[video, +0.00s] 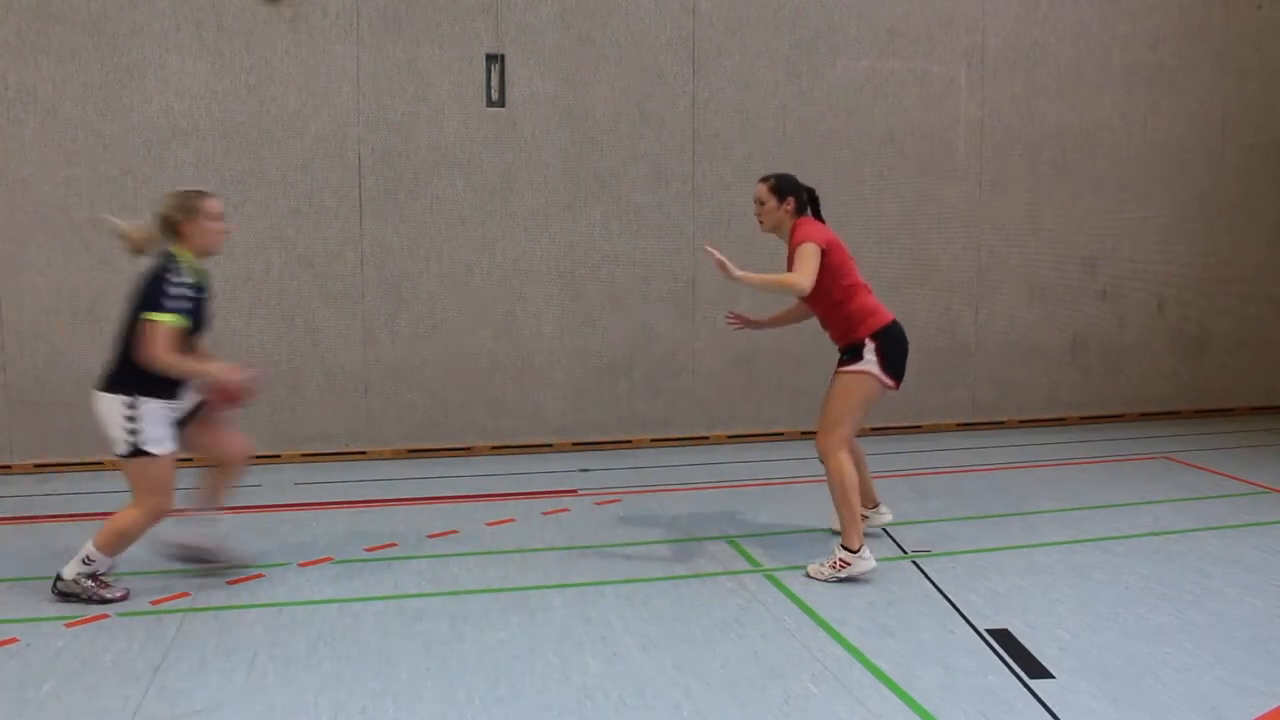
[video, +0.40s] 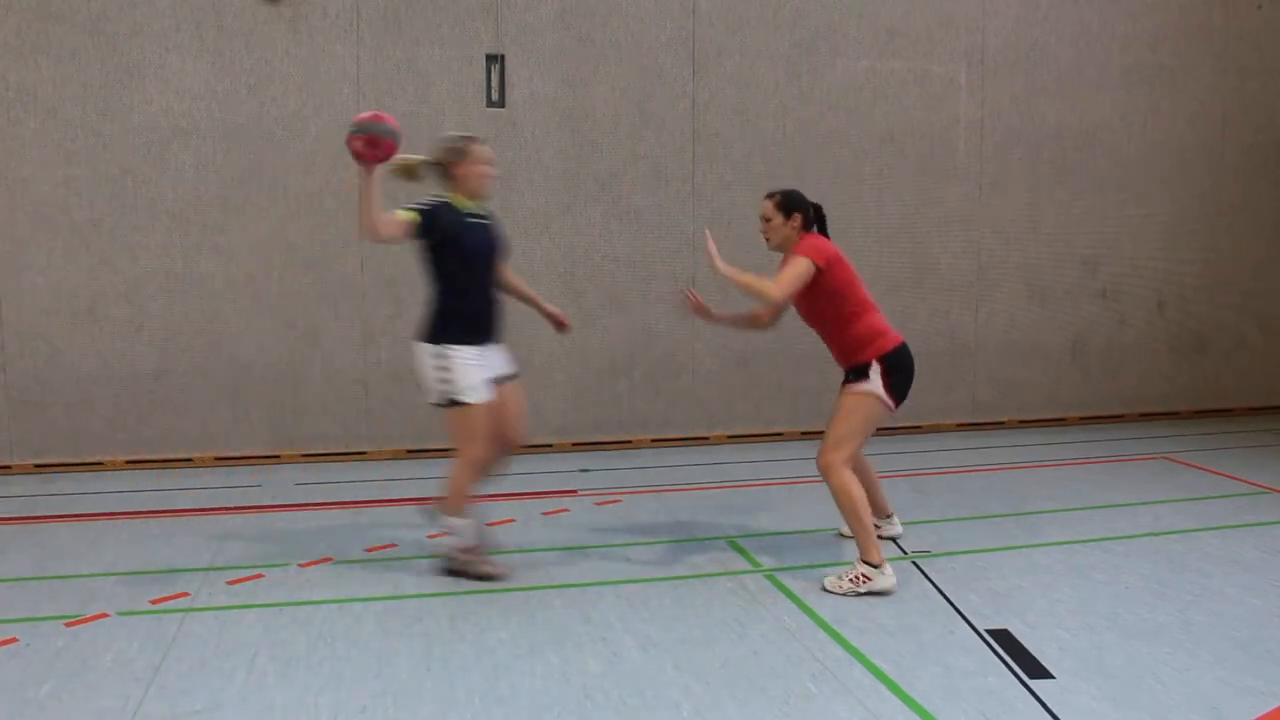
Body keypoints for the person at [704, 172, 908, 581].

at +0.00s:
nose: (755, 212)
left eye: (761, 203)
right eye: (755, 204)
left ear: (788, 204)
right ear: (788, 207)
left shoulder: (808, 232)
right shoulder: (805, 240)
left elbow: (802, 284)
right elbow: (811, 305)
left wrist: (741, 276)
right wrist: (763, 322)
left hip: (872, 341)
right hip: (862, 341)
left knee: (831, 443)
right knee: (840, 432)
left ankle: (853, 550)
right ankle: (869, 506)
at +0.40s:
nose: (762, 229)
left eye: (768, 221)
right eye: (761, 221)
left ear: (795, 221)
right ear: (791, 223)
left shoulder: (813, 247)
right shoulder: (797, 260)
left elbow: (777, 295)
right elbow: (768, 318)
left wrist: (724, 268)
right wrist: (714, 316)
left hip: (881, 362)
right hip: (867, 364)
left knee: (832, 462)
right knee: (843, 450)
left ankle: (874, 566)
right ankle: (883, 520)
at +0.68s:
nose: (752, 242)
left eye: (758, 233)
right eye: (751, 235)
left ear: (786, 235)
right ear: (783, 236)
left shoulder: (793, 258)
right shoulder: (773, 283)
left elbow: (727, 271)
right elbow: (741, 336)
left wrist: (669, 261)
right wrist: (687, 341)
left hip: (874, 373)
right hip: (855, 378)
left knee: (833, 473)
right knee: (845, 462)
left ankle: (870, 582)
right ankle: (898, 512)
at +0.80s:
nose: (753, 250)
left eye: (762, 243)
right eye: (752, 243)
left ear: (787, 248)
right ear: (755, 249)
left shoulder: (795, 271)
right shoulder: (777, 292)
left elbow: (746, 286)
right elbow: (764, 347)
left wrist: (702, 262)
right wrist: (722, 334)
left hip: (858, 395)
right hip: (837, 400)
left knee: (808, 482)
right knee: (827, 481)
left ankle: (861, 582)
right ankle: (894, 506)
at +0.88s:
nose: (761, 248)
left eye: (770, 242)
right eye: (759, 242)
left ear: (794, 249)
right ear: (760, 246)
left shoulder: (800, 272)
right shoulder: (776, 284)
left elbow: (765, 288)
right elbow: (785, 348)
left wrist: (727, 264)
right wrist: (741, 333)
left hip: (848, 399)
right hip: (826, 403)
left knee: (800, 483)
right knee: (823, 486)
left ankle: (858, 582)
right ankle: (892, 504)